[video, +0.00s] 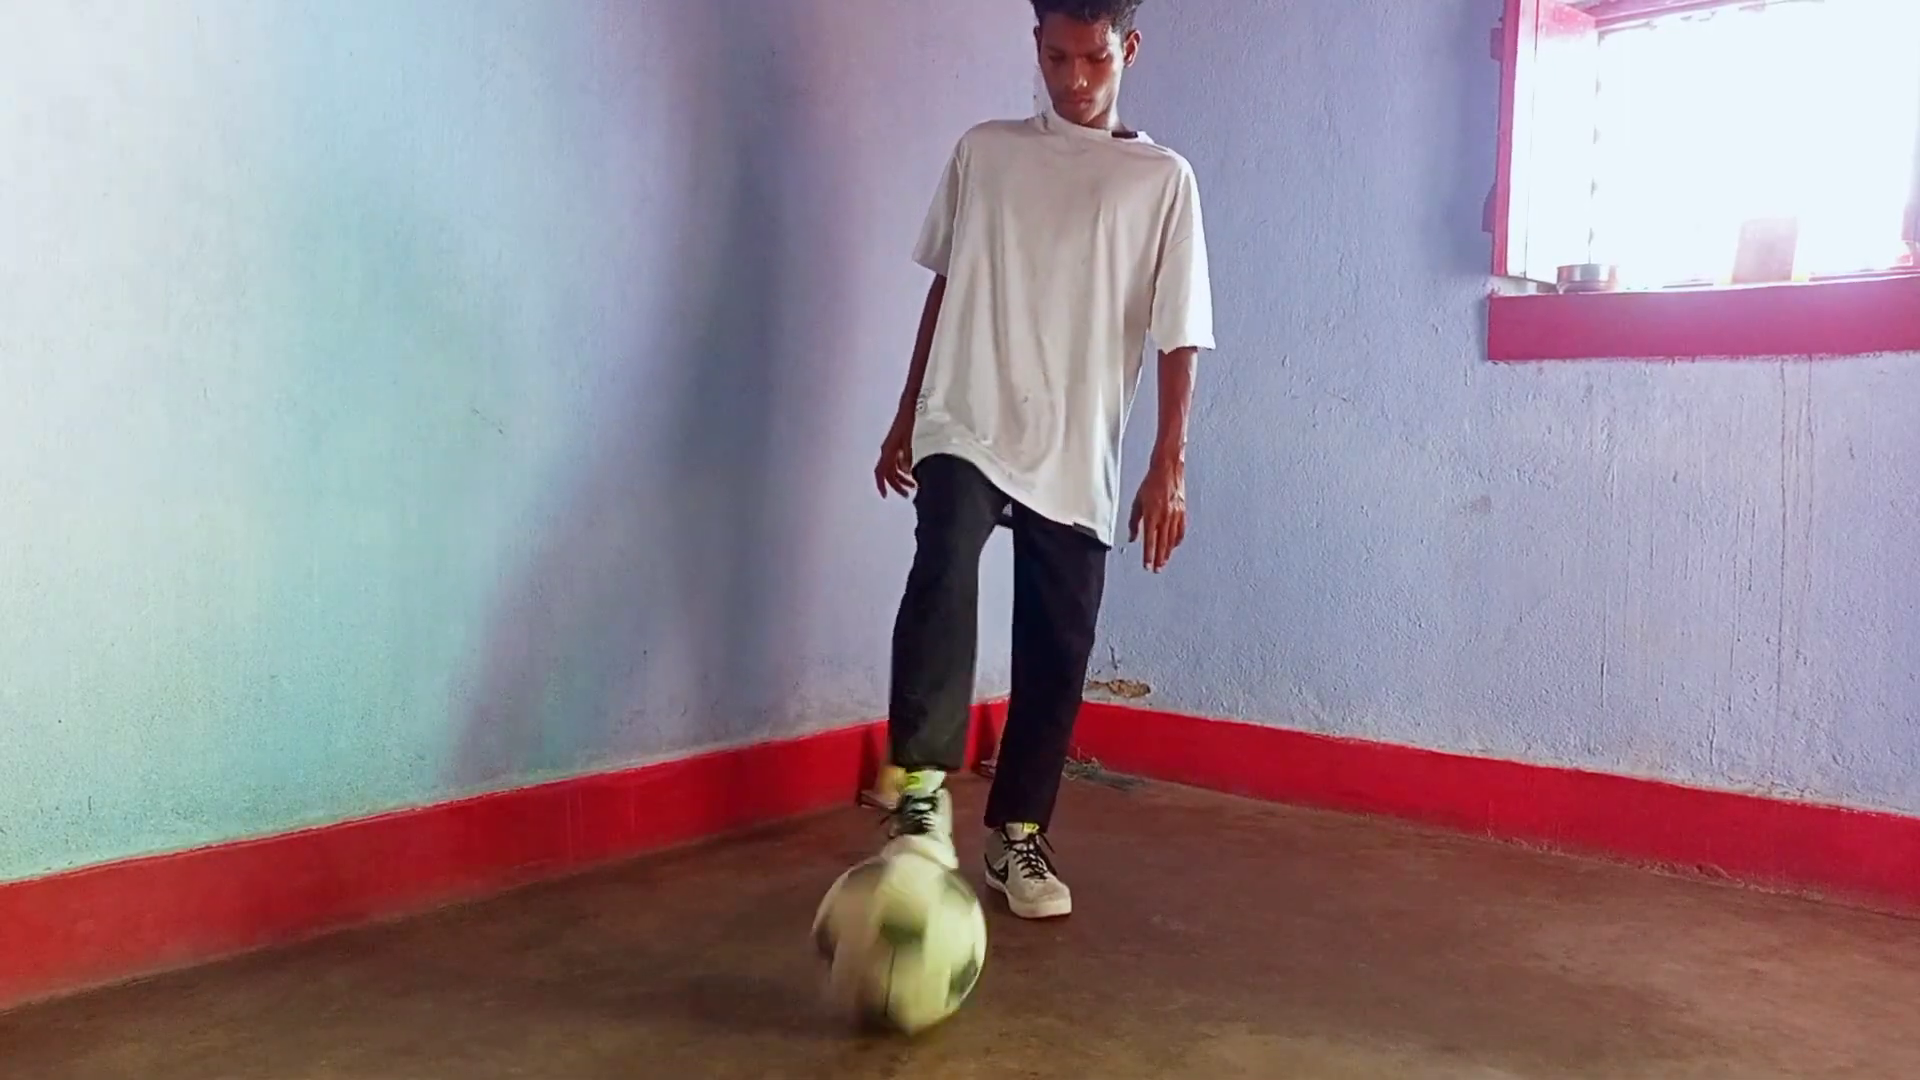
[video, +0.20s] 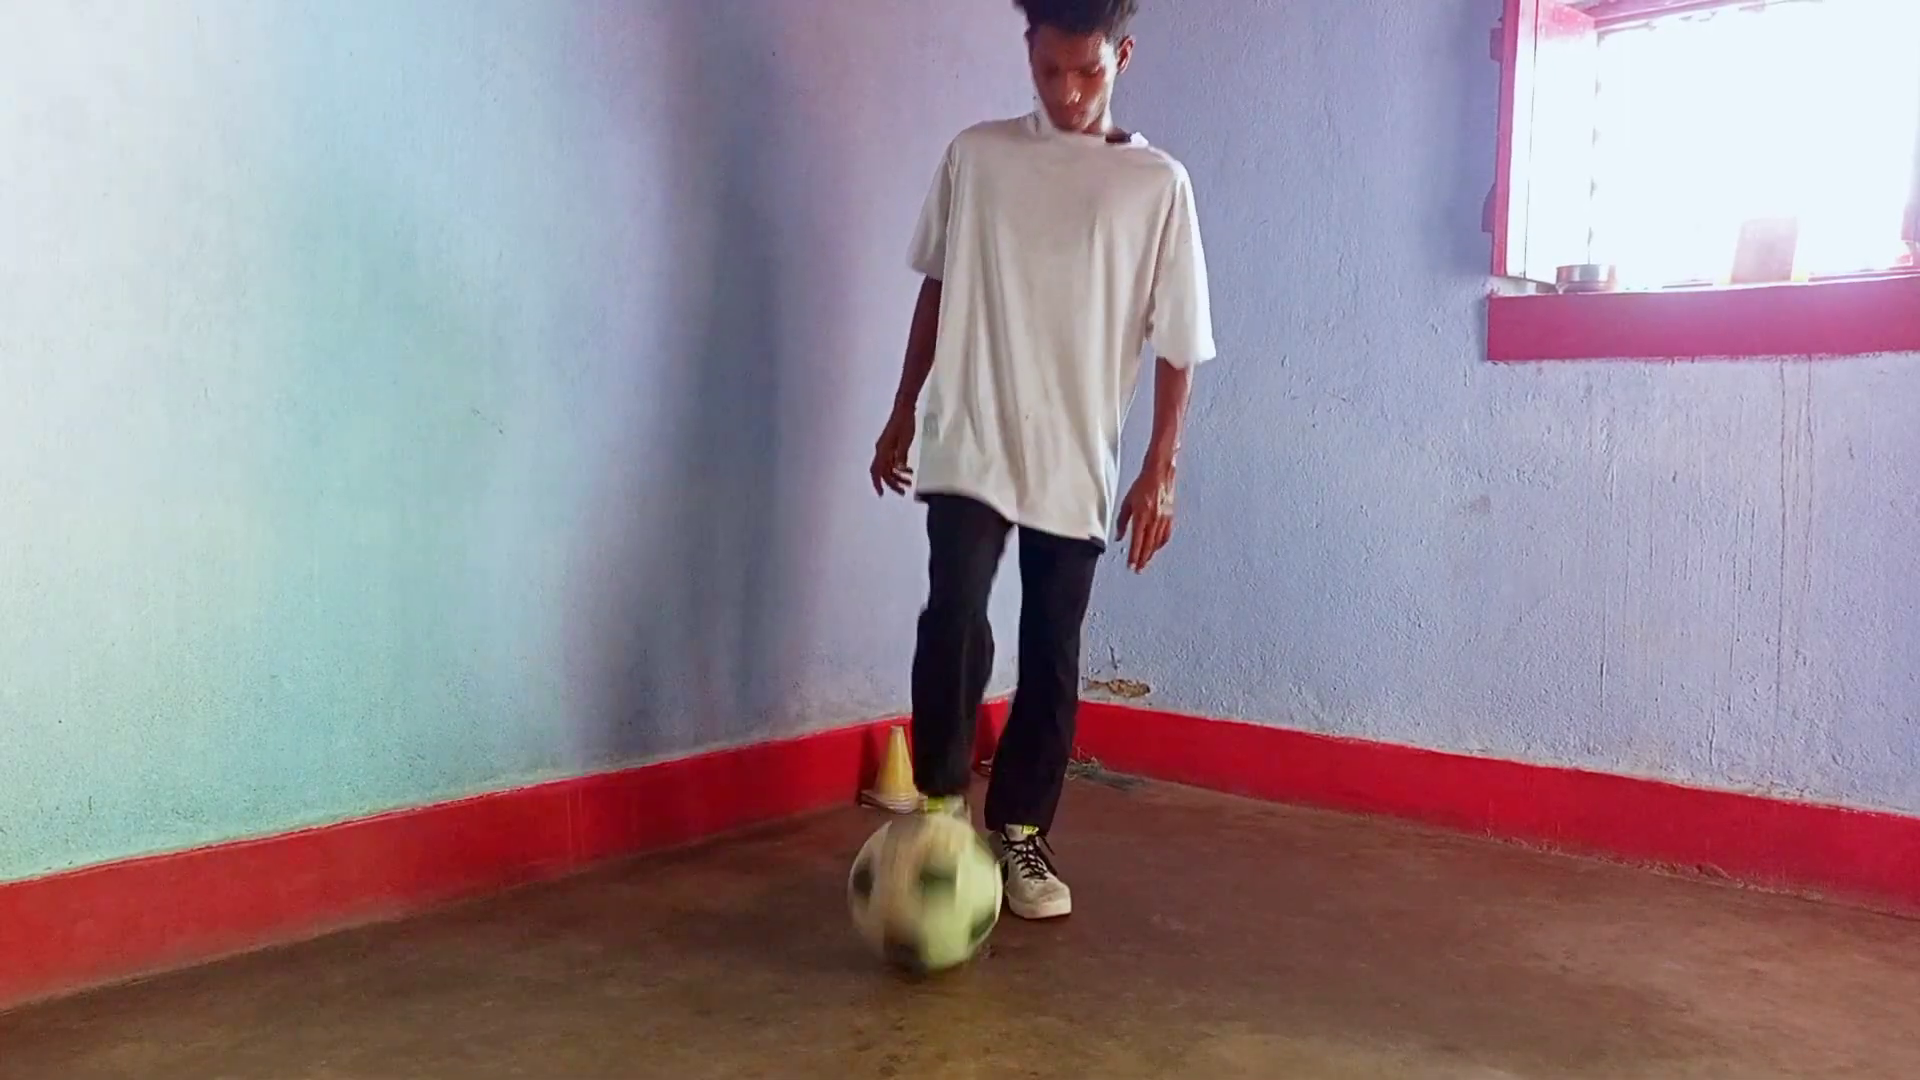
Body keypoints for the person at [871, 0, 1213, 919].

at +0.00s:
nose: (1077, 78)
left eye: (1095, 58)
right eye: (1060, 57)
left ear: (1130, 52)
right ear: (1037, 52)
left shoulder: (1164, 179)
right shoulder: (983, 151)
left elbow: (1179, 336)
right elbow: (946, 293)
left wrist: (1168, 467)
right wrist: (907, 416)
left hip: (1075, 446)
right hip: (965, 424)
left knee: (1060, 646)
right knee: (941, 582)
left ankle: (1020, 834)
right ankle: (918, 804)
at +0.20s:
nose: (1068, 89)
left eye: (1088, 70)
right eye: (1052, 68)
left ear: (1123, 58)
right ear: (1027, 51)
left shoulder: (1158, 183)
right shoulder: (974, 155)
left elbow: (1178, 343)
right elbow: (936, 297)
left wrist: (1161, 471)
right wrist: (903, 414)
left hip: (1075, 451)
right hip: (967, 435)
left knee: (1052, 651)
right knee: (952, 619)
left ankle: (1021, 833)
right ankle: (937, 805)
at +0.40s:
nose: (1042, 94)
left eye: (1061, 75)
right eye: (1026, 74)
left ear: (1100, 53)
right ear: (1004, 51)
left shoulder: (1147, 168)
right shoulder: (960, 146)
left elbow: (1172, 326)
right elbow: (927, 278)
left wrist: (1164, 454)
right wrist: (891, 393)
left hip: (1077, 452)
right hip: (969, 440)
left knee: (1056, 653)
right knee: (952, 641)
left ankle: (1025, 832)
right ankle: (952, 831)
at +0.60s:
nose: (1015, 124)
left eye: (1032, 103)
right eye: (997, 104)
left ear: (1071, 69)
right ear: (975, 82)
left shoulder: (1127, 183)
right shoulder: (944, 169)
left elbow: (1163, 334)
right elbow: (914, 306)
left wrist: (1160, 462)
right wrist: (884, 422)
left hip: (1069, 465)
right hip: (961, 454)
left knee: (1053, 668)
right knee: (950, 650)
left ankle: (1020, 841)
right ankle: (922, 837)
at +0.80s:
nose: (982, 114)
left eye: (997, 93)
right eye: (963, 95)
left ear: (1036, 56)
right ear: (937, 73)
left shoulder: (1097, 164)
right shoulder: (920, 154)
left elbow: (1147, 316)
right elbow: (909, 290)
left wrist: (1136, 440)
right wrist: (873, 405)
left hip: (1052, 456)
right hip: (942, 449)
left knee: (1041, 659)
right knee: (924, 647)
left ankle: (1020, 844)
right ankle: (918, 833)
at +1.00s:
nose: (963, 129)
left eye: (978, 108)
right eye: (941, 111)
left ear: (1008, 68)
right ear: (910, 81)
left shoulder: (1066, 170)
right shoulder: (879, 179)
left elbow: (1111, 316)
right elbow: (859, 316)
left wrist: (1113, 433)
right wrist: (843, 436)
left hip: (1037, 455)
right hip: (924, 459)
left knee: (1037, 652)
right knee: (925, 655)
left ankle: (1030, 833)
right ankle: (920, 837)